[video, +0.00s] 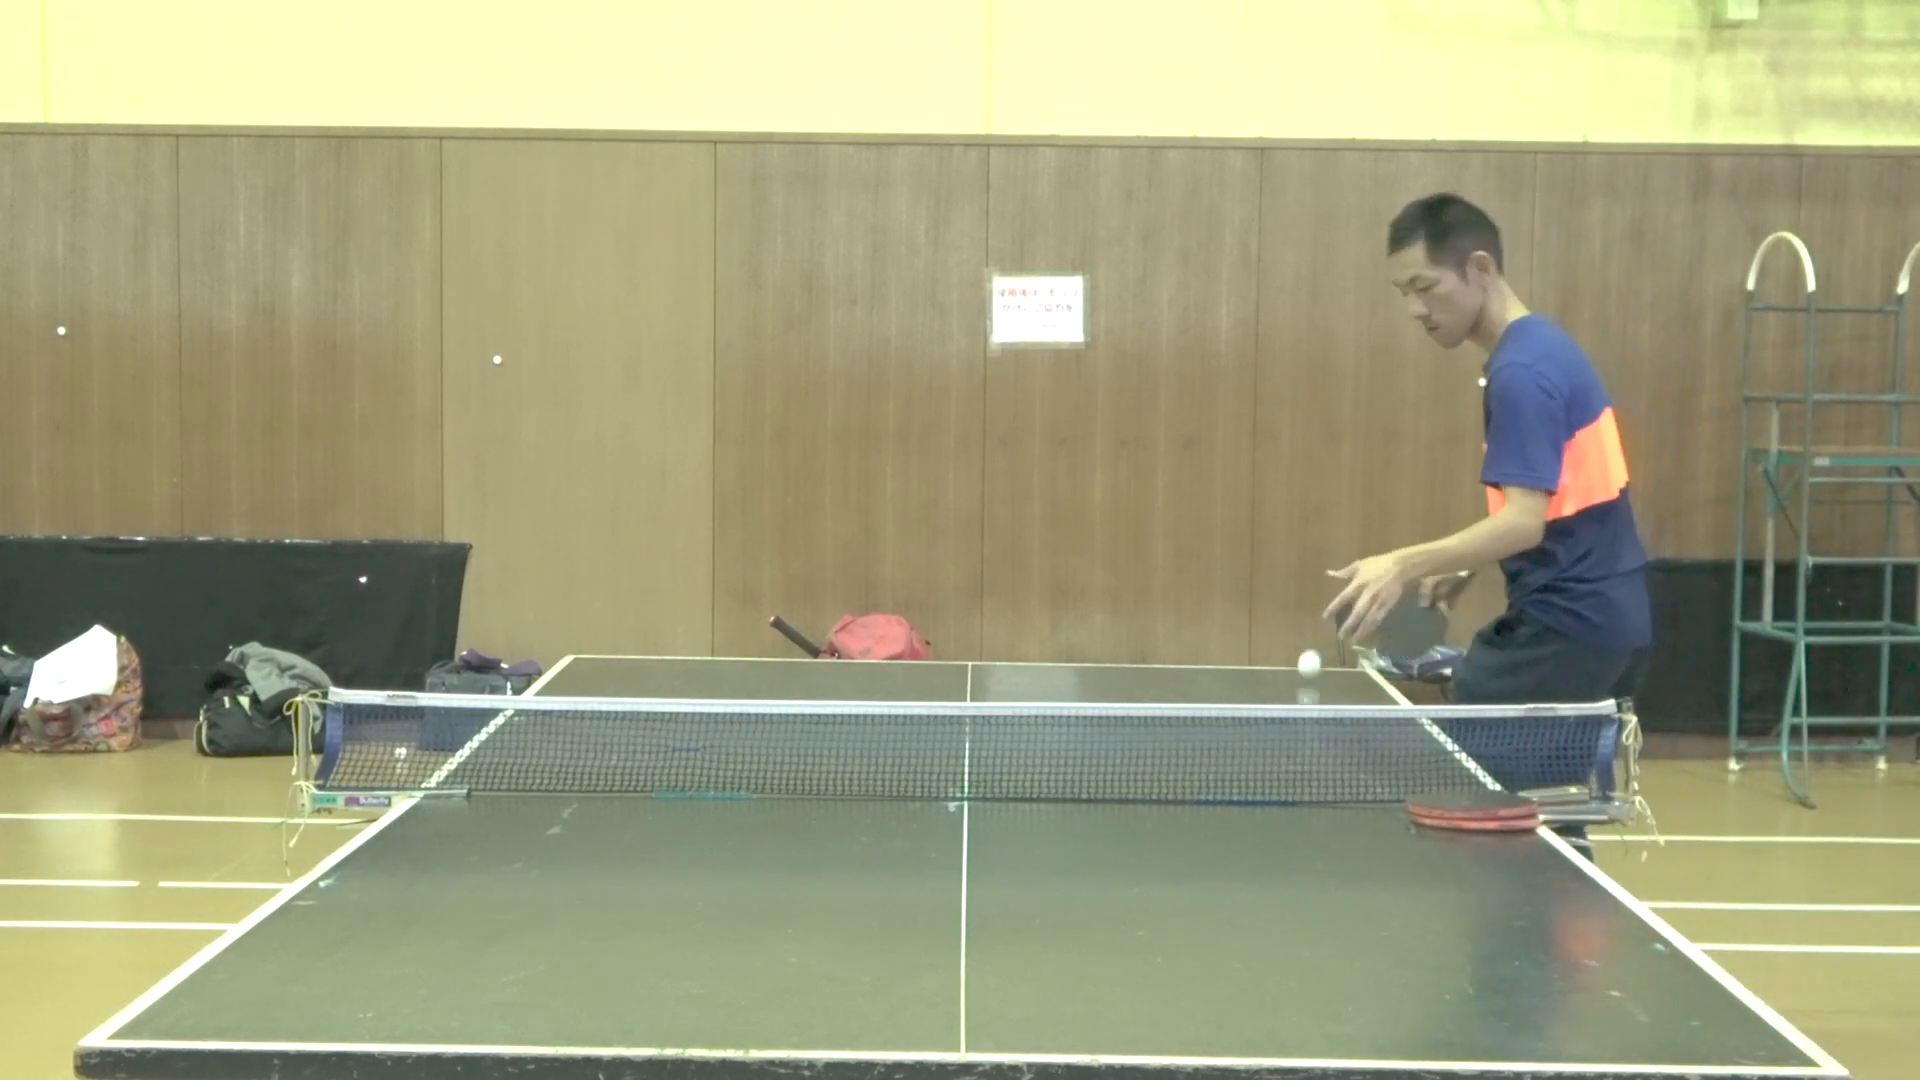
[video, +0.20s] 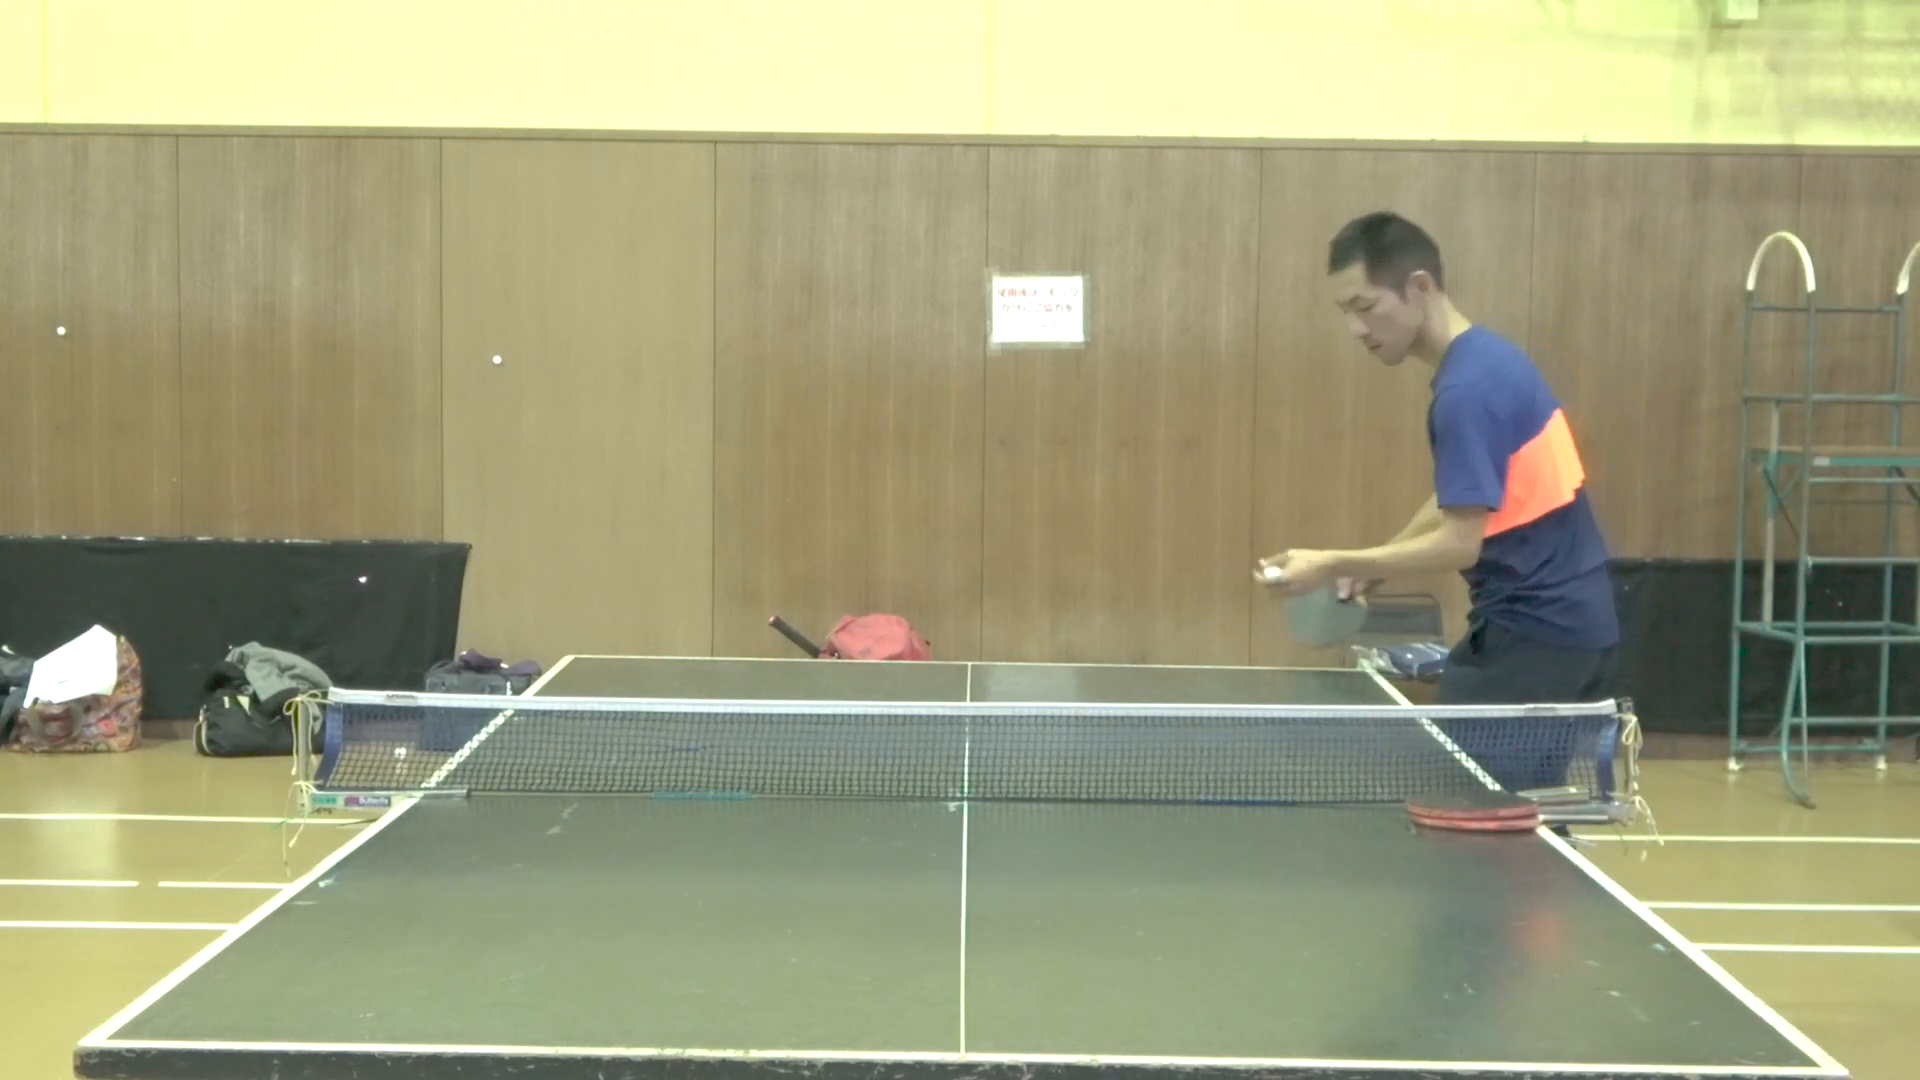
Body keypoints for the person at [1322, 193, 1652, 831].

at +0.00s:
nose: (1416, 310)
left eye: (1425, 288)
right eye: (1407, 293)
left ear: (1481, 267)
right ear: (1479, 272)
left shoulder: (1521, 370)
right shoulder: (1544, 348)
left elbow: (1523, 521)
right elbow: (1534, 501)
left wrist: (1404, 565)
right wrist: (1464, 564)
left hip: (1565, 629)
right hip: (1608, 623)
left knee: (1447, 781)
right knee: (1551, 806)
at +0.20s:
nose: (1356, 331)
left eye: (1365, 307)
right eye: (1347, 313)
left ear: (1419, 288)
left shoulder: (1466, 389)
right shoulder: (1488, 360)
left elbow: (1462, 543)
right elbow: (1448, 503)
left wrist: (1334, 563)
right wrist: (1373, 572)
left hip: (1532, 632)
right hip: (1574, 625)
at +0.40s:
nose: (1277, 362)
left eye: (1282, 342)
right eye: (1272, 344)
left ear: (1335, 322)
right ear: (1334, 324)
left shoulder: (1406, 402)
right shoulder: (1401, 384)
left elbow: (1403, 566)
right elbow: (1369, 514)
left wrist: (1274, 554)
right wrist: (1287, 580)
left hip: (1509, 634)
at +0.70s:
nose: (1192, 408)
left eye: (1199, 388)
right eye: (1188, 390)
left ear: (1254, 376)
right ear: (1258, 375)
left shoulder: (1337, 450)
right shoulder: (1339, 405)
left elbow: (1293, 596)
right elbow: (1333, 552)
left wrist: (1173, 546)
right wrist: (1255, 613)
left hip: (1492, 627)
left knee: (1391, 782)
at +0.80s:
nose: (1182, 420)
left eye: (1190, 400)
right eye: (1178, 401)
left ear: (1246, 390)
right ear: (1254, 388)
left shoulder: (1322, 455)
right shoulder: (1329, 410)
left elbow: (1251, 597)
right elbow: (1315, 562)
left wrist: (1122, 562)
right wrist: (1243, 620)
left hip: (1497, 627)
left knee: (1393, 779)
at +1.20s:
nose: (1203, 360)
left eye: (1218, 344)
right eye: (1206, 342)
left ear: (1276, 356)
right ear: (1280, 358)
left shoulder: (1312, 433)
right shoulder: (1346, 402)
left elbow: (1193, 532)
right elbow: (1262, 527)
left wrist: (1061, 587)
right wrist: (1172, 572)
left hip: (1494, 624)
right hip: (1532, 614)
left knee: (1385, 780)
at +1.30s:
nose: (1237, 326)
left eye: (1255, 310)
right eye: (1243, 309)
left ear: (1309, 328)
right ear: (1313, 329)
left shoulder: (1334, 404)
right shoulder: (1362, 390)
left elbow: (1190, 468)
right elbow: (1247, 486)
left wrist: (1043, 495)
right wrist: (1155, 504)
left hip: (1497, 633)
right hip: (1525, 624)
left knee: (1351, 786)